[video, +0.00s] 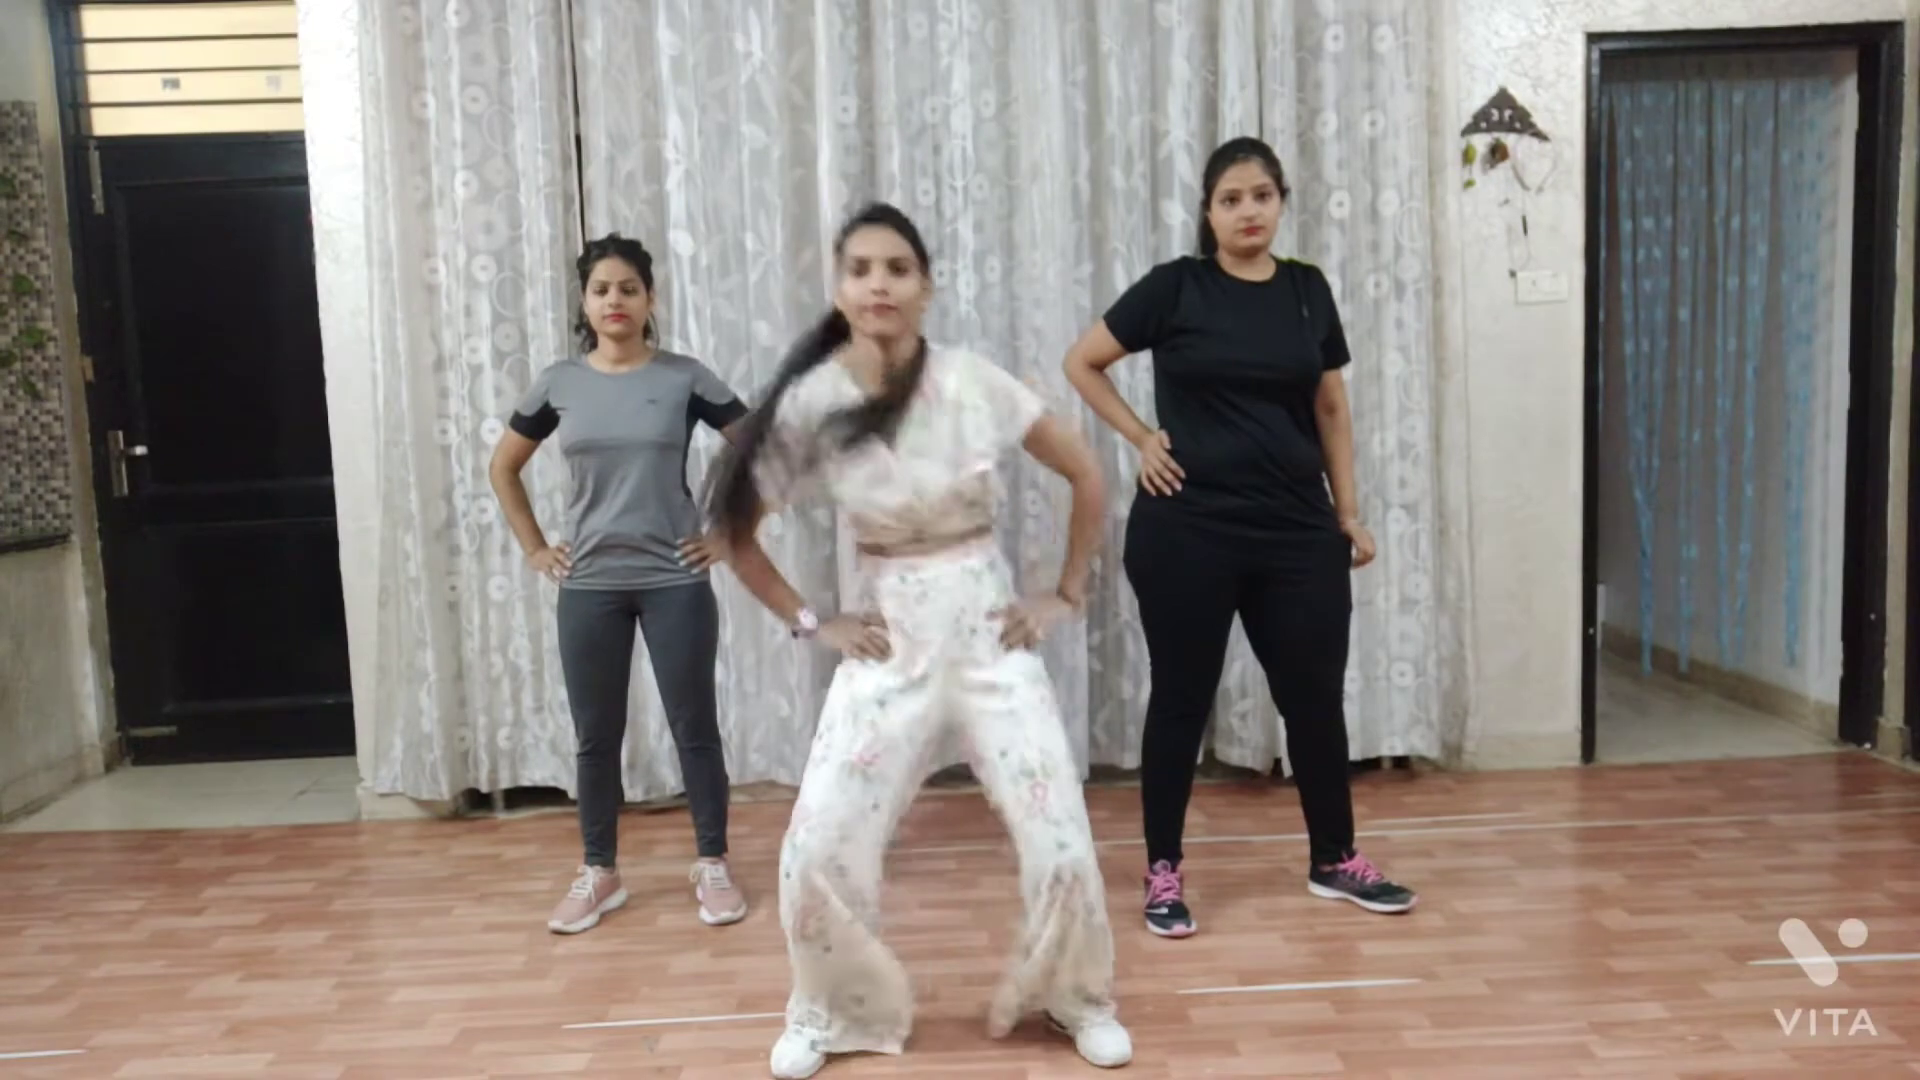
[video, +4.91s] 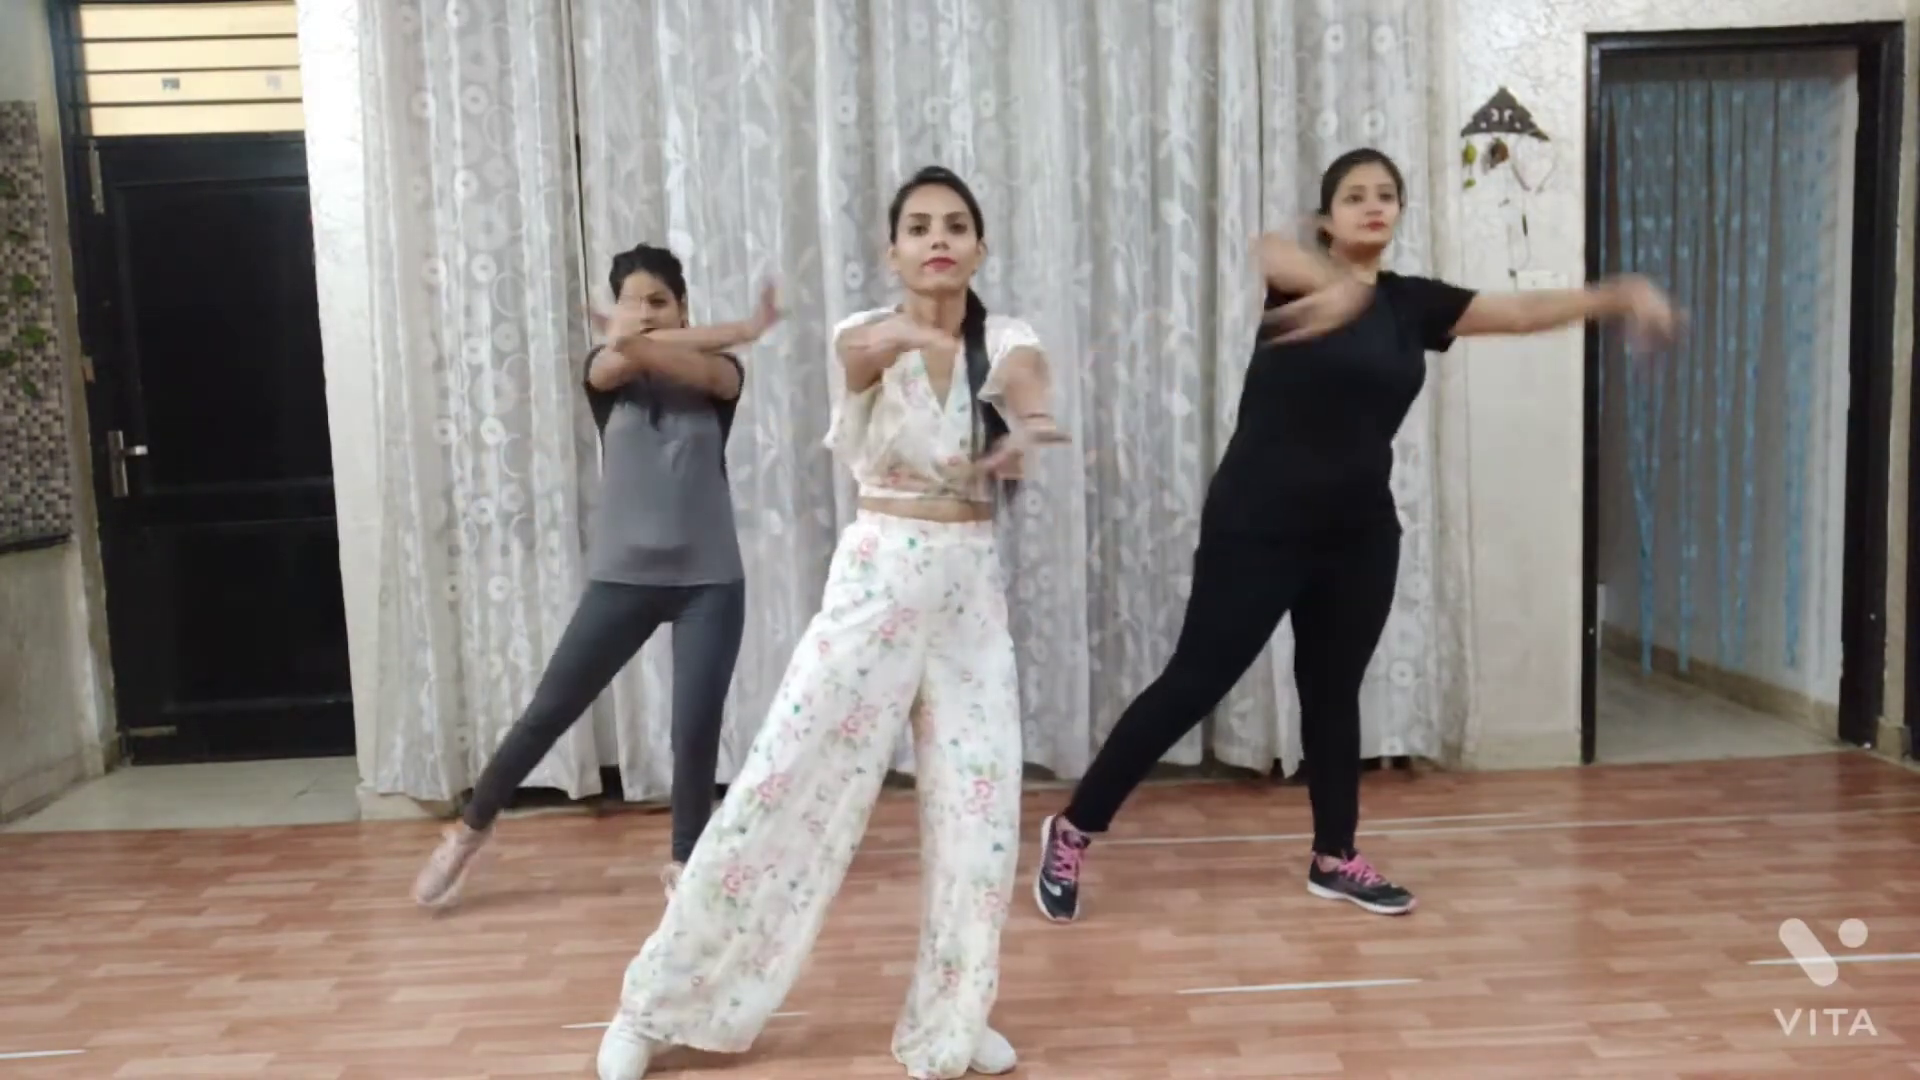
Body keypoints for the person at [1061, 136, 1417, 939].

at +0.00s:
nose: (1249, 211)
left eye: (1262, 196)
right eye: (1232, 198)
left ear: (1282, 204)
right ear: (1208, 209)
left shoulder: (1306, 289)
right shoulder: (1174, 288)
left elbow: (1333, 408)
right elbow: (1081, 363)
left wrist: (1348, 512)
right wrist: (1140, 436)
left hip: (1296, 529)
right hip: (1187, 527)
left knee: (1316, 699)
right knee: (1181, 699)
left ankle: (1335, 860)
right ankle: (1163, 870)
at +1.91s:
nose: (1249, 208)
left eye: (1262, 194)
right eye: (1233, 196)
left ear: (1282, 204)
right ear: (1208, 208)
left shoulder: (1307, 290)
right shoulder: (1175, 288)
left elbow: (1334, 409)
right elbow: (1082, 364)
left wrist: (1349, 512)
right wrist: (1143, 438)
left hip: (1297, 528)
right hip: (1189, 526)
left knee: (1318, 699)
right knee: (1182, 701)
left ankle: (1336, 860)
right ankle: (1163, 870)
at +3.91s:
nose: (1251, 207)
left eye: (1264, 192)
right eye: (1234, 194)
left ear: (1283, 203)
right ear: (1209, 208)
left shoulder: (1308, 290)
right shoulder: (1174, 290)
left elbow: (1334, 409)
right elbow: (1080, 367)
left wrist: (1349, 513)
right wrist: (1140, 438)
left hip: (1298, 531)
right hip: (1192, 528)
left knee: (1317, 702)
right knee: (1180, 704)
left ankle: (1336, 861)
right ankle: (1163, 870)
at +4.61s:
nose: (1343, 190)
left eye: (1357, 180)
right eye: (1327, 181)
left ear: (1379, 204)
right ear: (1303, 206)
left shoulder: (1394, 298)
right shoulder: (1269, 283)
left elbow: (1420, 402)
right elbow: (1159, 358)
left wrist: (1450, 488)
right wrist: (1131, 462)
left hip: (1357, 527)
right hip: (1252, 522)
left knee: (1340, 695)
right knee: (1190, 689)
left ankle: (1334, 859)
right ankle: (1078, 834)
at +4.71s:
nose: (1361, 200)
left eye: (1374, 190)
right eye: (1344, 191)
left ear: (1392, 212)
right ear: (1317, 213)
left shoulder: (1405, 307)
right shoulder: (1284, 278)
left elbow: (1485, 375)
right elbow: (1176, 314)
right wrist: (1152, 404)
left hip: (1358, 528)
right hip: (1256, 520)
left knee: (1336, 692)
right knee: (1195, 689)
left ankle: (1335, 856)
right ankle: (1079, 836)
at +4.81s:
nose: (1370, 204)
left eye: (1383, 194)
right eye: (1353, 194)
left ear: (1397, 215)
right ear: (1323, 214)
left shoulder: (1412, 306)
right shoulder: (1292, 270)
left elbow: (1511, 335)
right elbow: (1229, 278)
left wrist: (1611, 349)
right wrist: (1241, 331)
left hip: (1357, 527)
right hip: (1260, 517)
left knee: (1335, 691)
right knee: (1195, 687)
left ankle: (1335, 856)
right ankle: (1077, 831)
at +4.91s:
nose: (1374, 209)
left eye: (1386, 198)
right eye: (1357, 198)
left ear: (1399, 215)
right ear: (1325, 216)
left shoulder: (1414, 301)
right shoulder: (1296, 269)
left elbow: (1521, 309)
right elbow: (1270, 255)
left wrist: (1617, 296)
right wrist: (1337, 282)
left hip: (1356, 530)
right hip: (1257, 520)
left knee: (1333, 694)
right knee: (1195, 684)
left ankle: (1335, 857)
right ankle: (1075, 831)